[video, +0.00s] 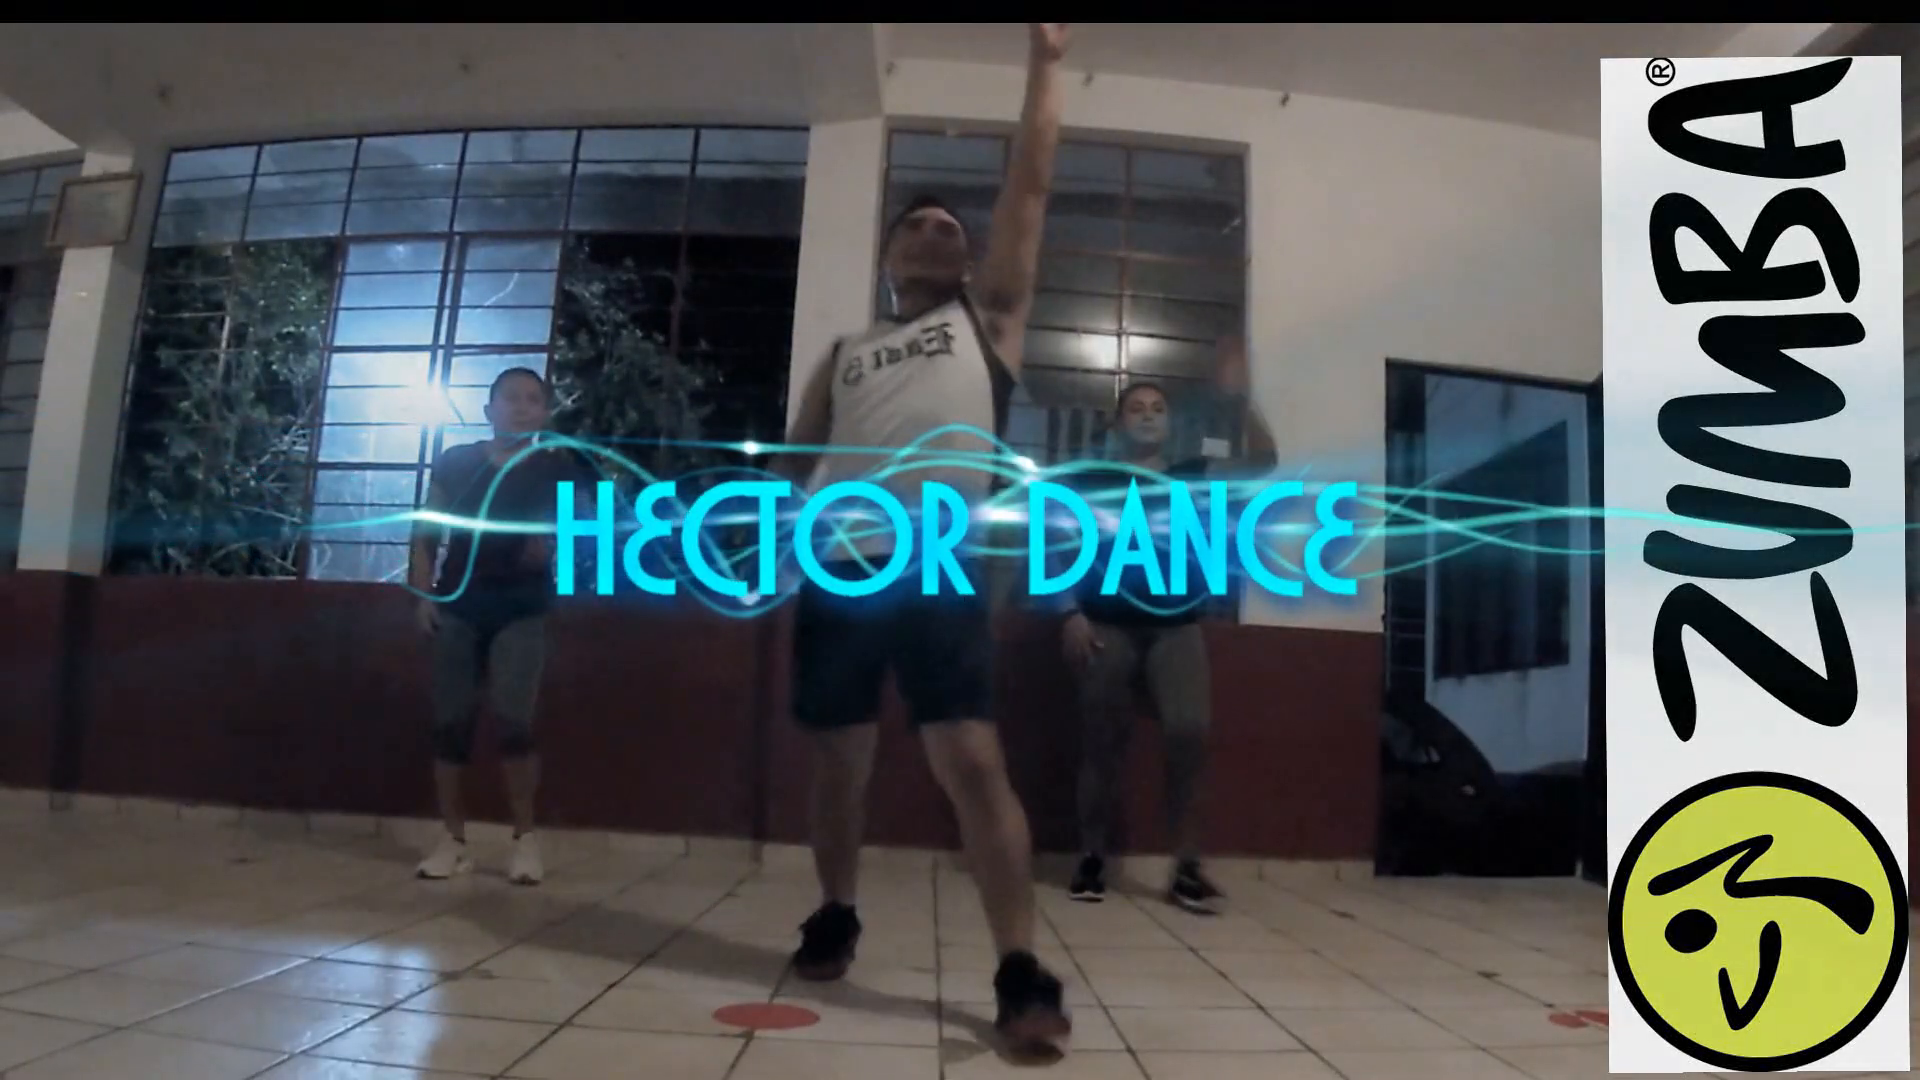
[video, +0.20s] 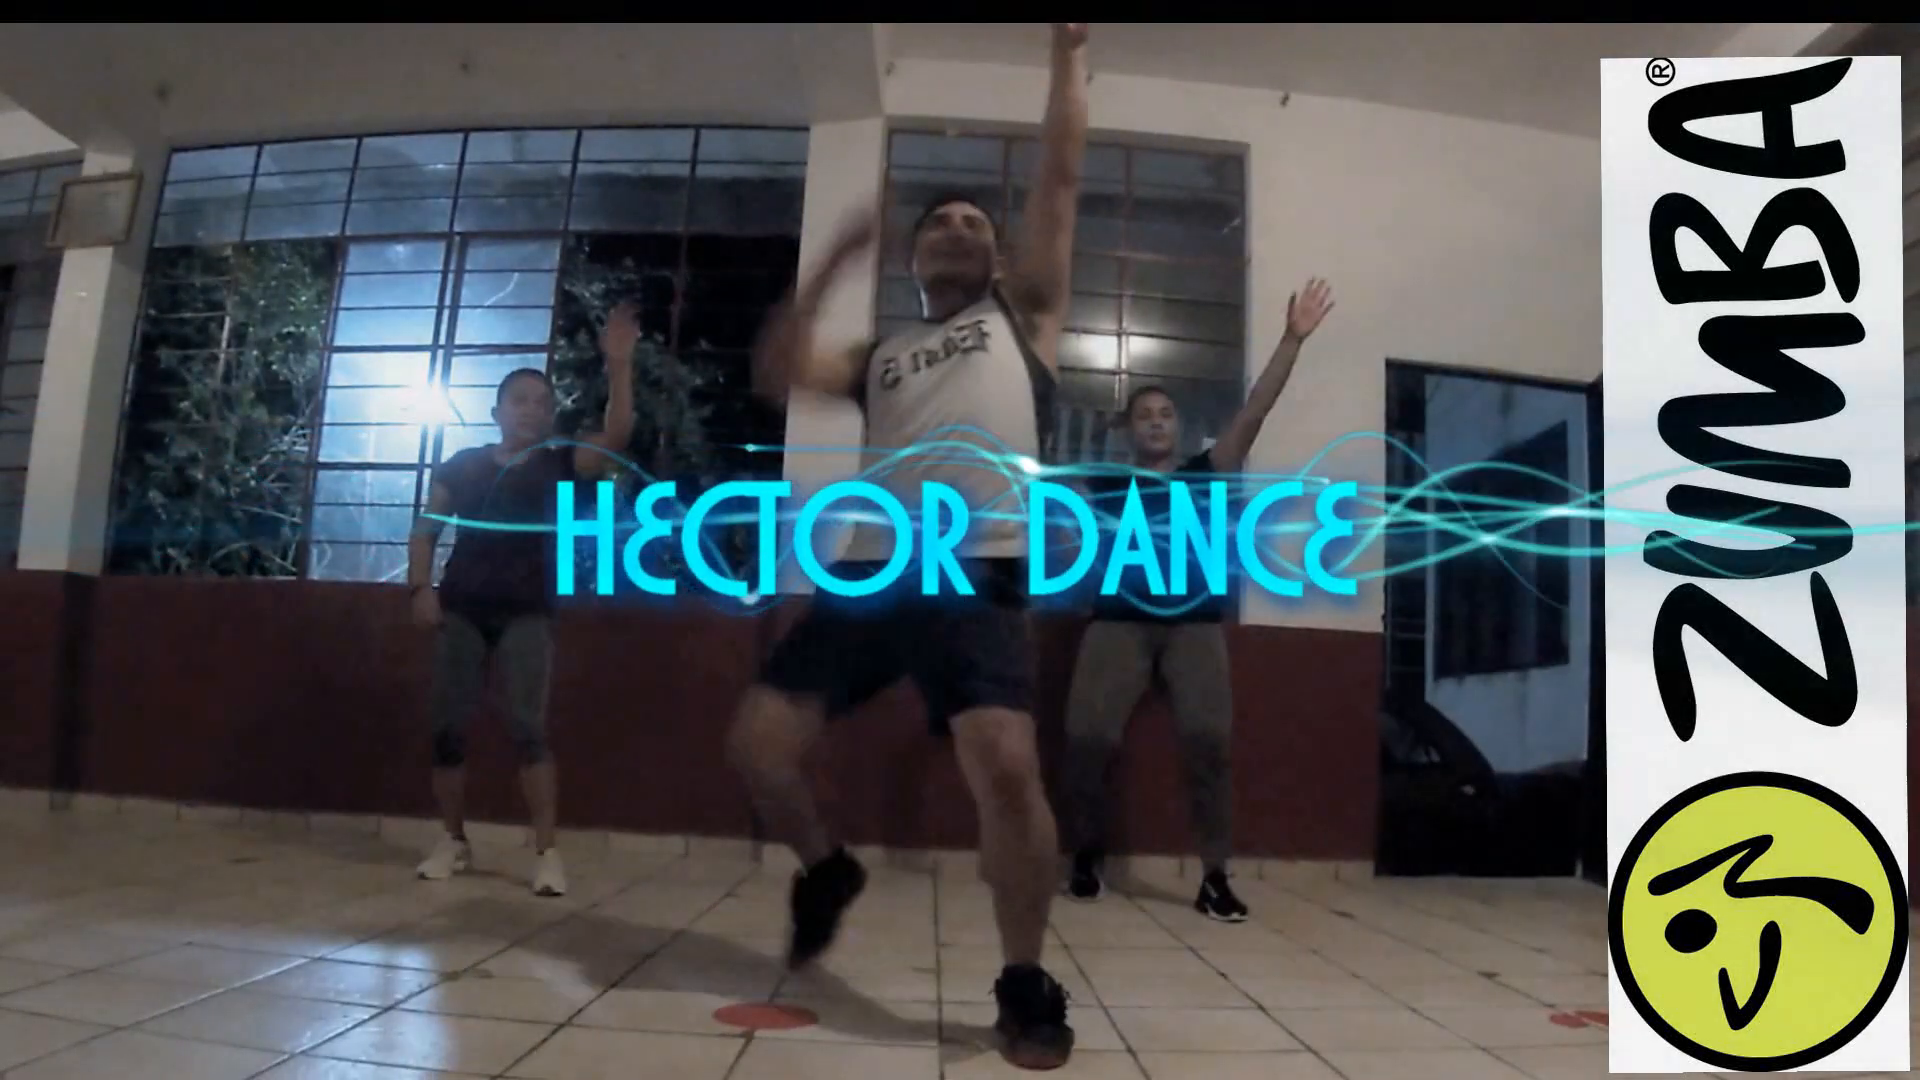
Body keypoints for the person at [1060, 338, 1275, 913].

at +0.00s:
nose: (1147, 417)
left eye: (1156, 409)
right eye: (1137, 409)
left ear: (1170, 420)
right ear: (1119, 421)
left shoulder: (1191, 473)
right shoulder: (1093, 477)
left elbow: (1261, 460)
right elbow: (1061, 548)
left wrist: (1239, 399)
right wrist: (1069, 611)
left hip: (1176, 623)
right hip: (1108, 623)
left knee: (1190, 734)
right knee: (1100, 739)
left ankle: (1188, 865)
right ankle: (1092, 857)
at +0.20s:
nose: (1158, 422)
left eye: (1166, 414)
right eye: (1146, 415)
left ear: (1181, 426)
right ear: (1127, 430)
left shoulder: (1207, 475)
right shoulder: (1107, 484)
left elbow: (1255, 409)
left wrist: (1292, 338)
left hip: (1195, 627)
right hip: (1119, 626)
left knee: (1209, 741)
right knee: (1088, 735)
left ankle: (1215, 875)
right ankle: (1084, 858)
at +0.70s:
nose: (1122, 417)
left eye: (1132, 410)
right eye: (1111, 409)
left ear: (1143, 426)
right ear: (1090, 419)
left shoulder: (1152, 488)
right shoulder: (1063, 467)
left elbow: (1178, 553)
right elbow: (1045, 381)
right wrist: (1068, 310)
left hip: (1141, 619)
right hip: (1068, 617)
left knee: (1187, 725)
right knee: (1041, 734)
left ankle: (1202, 860)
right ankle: (1005, 871)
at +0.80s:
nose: (1121, 417)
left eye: (1130, 410)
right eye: (1110, 408)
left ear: (1141, 426)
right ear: (1088, 420)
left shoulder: (1147, 491)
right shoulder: (1061, 468)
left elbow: (1160, 568)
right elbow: (1042, 385)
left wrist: (1170, 630)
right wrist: (1064, 315)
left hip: (1136, 625)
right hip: (1069, 624)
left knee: (1186, 721)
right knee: (1048, 737)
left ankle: (1174, 835)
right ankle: (1012, 856)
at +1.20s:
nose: (1146, 432)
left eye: (1152, 425)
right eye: (1135, 426)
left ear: (1165, 437)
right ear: (1115, 439)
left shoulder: (1189, 500)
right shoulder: (1098, 493)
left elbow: (1209, 571)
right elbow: (1073, 563)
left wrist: (1228, 637)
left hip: (1166, 640)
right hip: (1102, 634)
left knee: (1166, 748)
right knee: (1071, 739)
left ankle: (1144, 857)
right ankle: (1030, 858)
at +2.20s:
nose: (1167, 410)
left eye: (1175, 403)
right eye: (1155, 405)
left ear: (1190, 417)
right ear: (1135, 422)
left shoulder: (1221, 467)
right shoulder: (1122, 476)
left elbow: (1306, 448)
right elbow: (1058, 474)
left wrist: (1297, 374)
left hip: (1210, 619)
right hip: (1133, 616)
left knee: (1227, 737)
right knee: (1075, 716)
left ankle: (1242, 878)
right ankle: (1044, 857)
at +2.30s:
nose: (1156, 406)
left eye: (1164, 401)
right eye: (1143, 401)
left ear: (1179, 419)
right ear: (1122, 421)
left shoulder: (1207, 475)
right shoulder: (1110, 471)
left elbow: (1290, 487)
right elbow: (1066, 411)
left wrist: (1296, 423)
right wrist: (1078, 336)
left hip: (1197, 614)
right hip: (1120, 611)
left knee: (1219, 740)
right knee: (1077, 730)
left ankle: (1241, 876)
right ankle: (1029, 860)